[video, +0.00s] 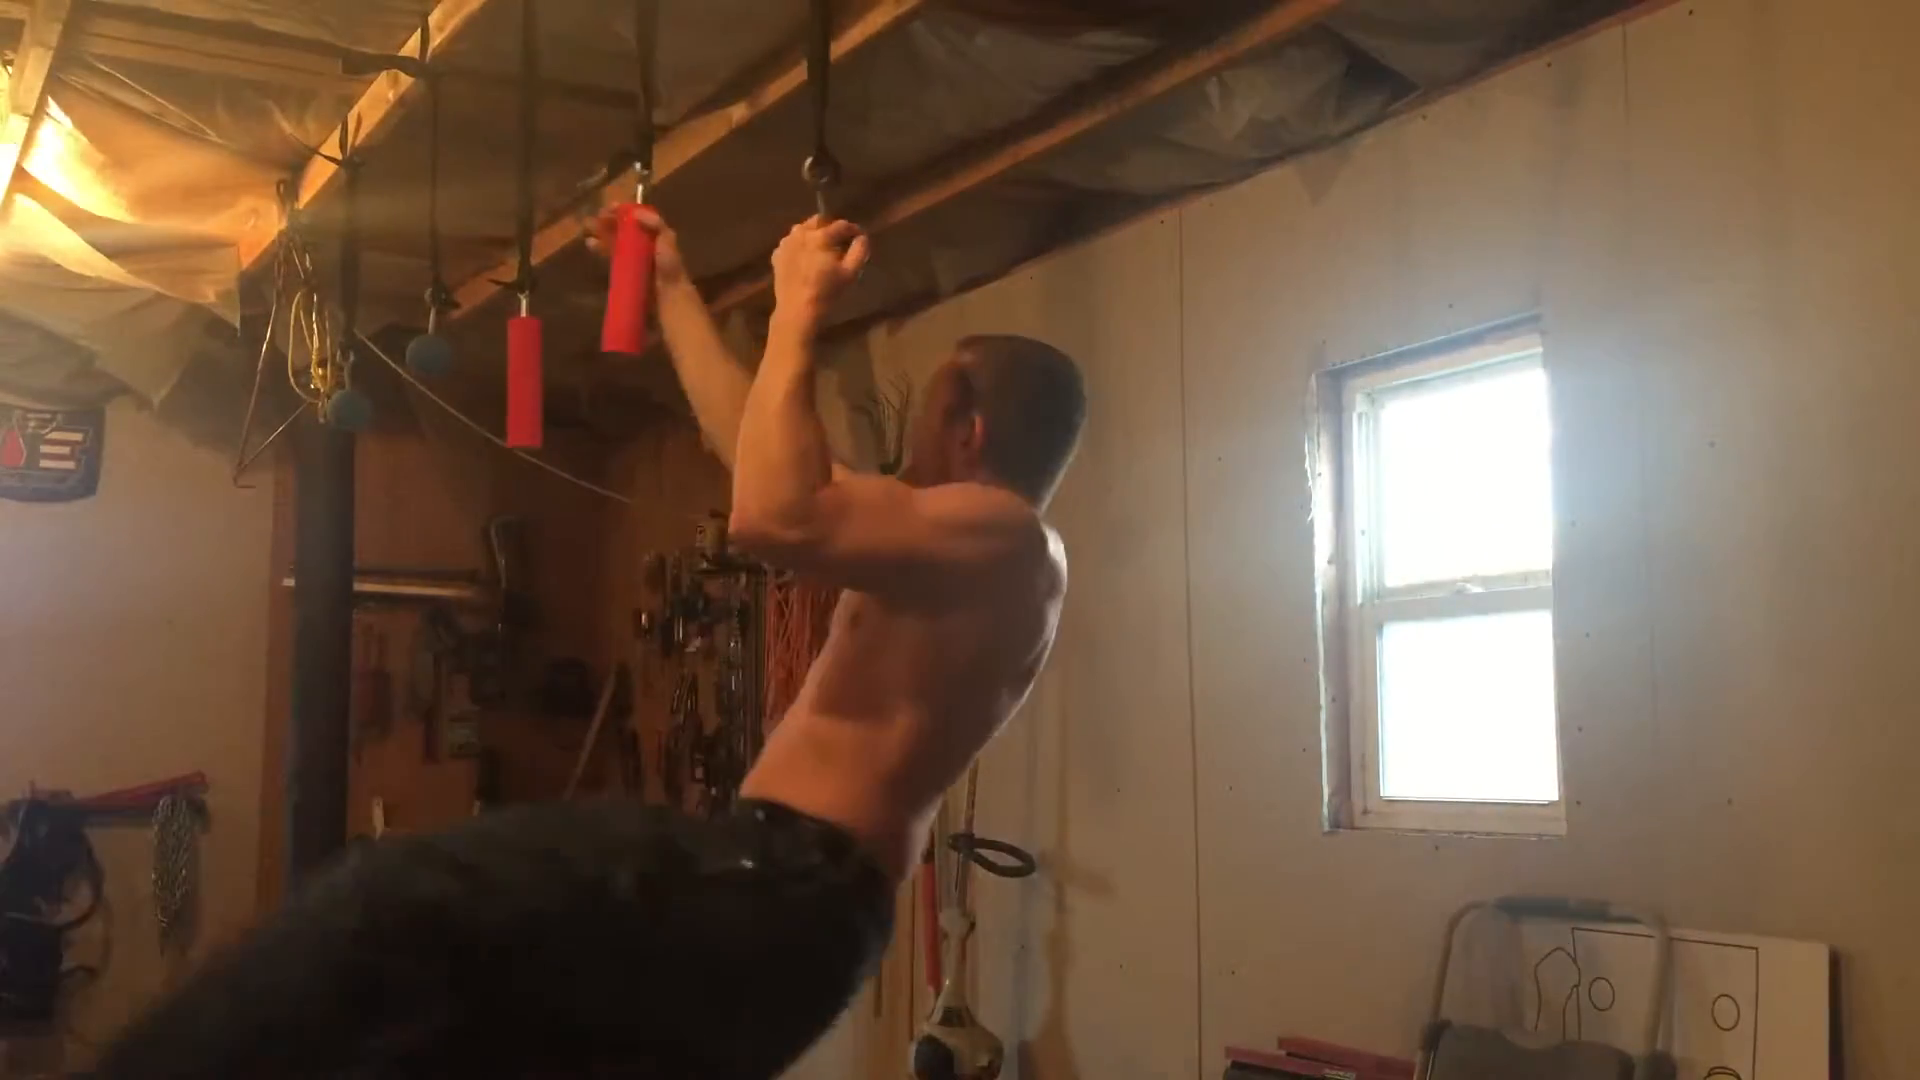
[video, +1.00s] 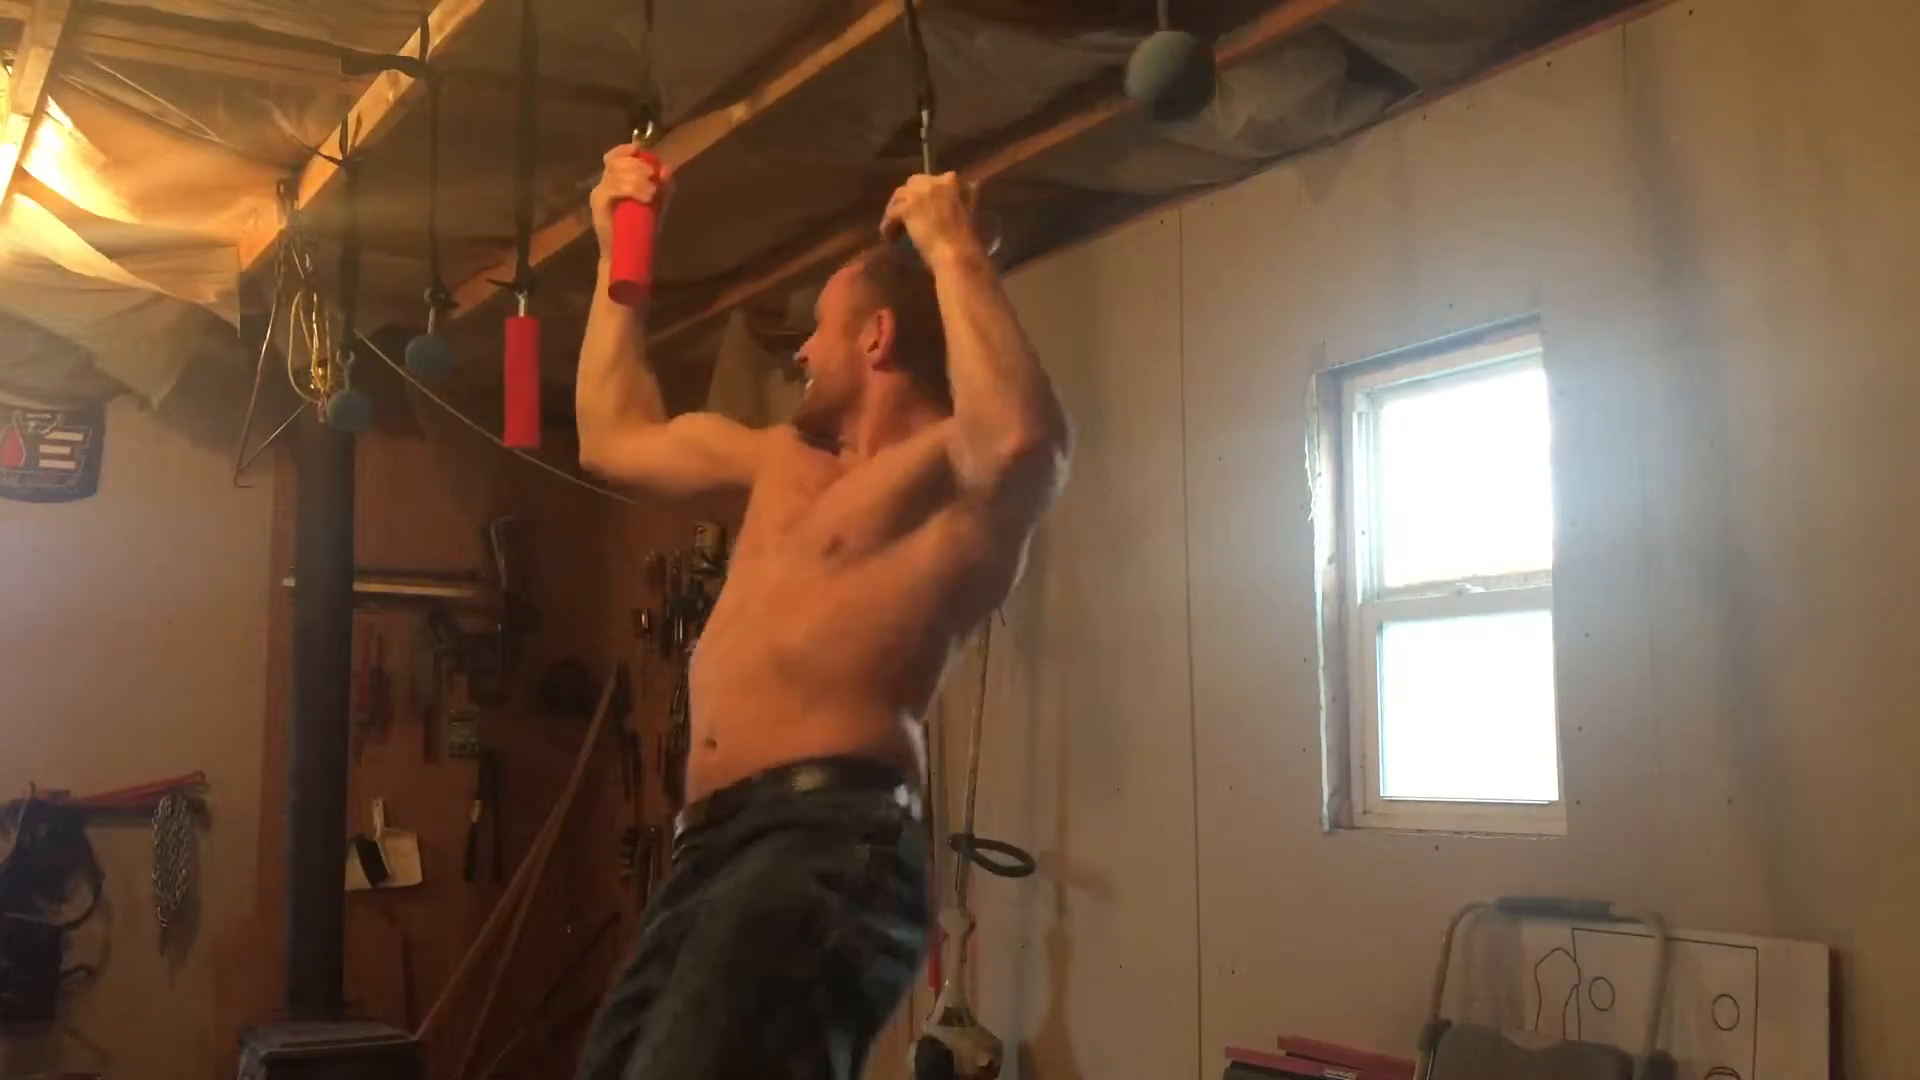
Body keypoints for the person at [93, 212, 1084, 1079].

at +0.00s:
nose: (917, 424)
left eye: (933, 404)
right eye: (924, 404)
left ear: (971, 413)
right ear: (1019, 436)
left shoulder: (1004, 534)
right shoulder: (966, 538)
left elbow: (778, 511)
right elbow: (761, 465)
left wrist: (798, 310)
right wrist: (670, 287)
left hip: (786, 885)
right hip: (781, 880)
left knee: (397, 908)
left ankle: (149, 1067)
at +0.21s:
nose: (899, 390)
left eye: (918, 370)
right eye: (907, 370)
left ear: (970, 392)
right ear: (977, 398)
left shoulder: (1028, 491)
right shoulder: (918, 497)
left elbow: (821, 499)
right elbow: (719, 449)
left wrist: (823, 300)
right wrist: (675, 266)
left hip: (866, 899)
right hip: (819, 886)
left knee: (499, 1058)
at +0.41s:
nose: (880, 344)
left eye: (901, 318)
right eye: (886, 320)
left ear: (954, 333)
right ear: (955, 336)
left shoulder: (1040, 441)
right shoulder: (875, 450)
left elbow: (854, 471)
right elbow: (690, 433)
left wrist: (839, 276)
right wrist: (679, 253)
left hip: (899, 866)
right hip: (825, 858)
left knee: (689, 1060)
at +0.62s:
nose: (854, 313)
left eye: (884, 289)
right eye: (867, 286)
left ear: (959, 303)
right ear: (886, 302)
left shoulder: (1050, 407)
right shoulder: (830, 431)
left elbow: (963, 422)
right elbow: (658, 422)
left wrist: (911, 233)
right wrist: (660, 232)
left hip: (901, 824)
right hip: (778, 832)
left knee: (757, 1061)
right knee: (674, 1058)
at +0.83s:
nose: (830, 327)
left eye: (849, 301)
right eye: (837, 305)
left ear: (916, 311)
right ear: (911, 317)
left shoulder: (990, 438)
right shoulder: (800, 440)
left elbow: (1019, 429)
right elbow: (635, 427)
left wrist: (959, 235)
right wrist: (637, 234)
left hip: (868, 811)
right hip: (737, 827)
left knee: (773, 1059)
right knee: (651, 1059)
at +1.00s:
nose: (801, 351)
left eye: (819, 325)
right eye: (810, 327)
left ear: (877, 338)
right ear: (864, 342)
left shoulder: (957, 466)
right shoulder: (772, 458)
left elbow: (1017, 439)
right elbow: (615, 437)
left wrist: (953, 250)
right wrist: (621, 243)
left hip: (830, 840)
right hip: (707, 848)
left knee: (696, 1060)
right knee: (619, 1059)